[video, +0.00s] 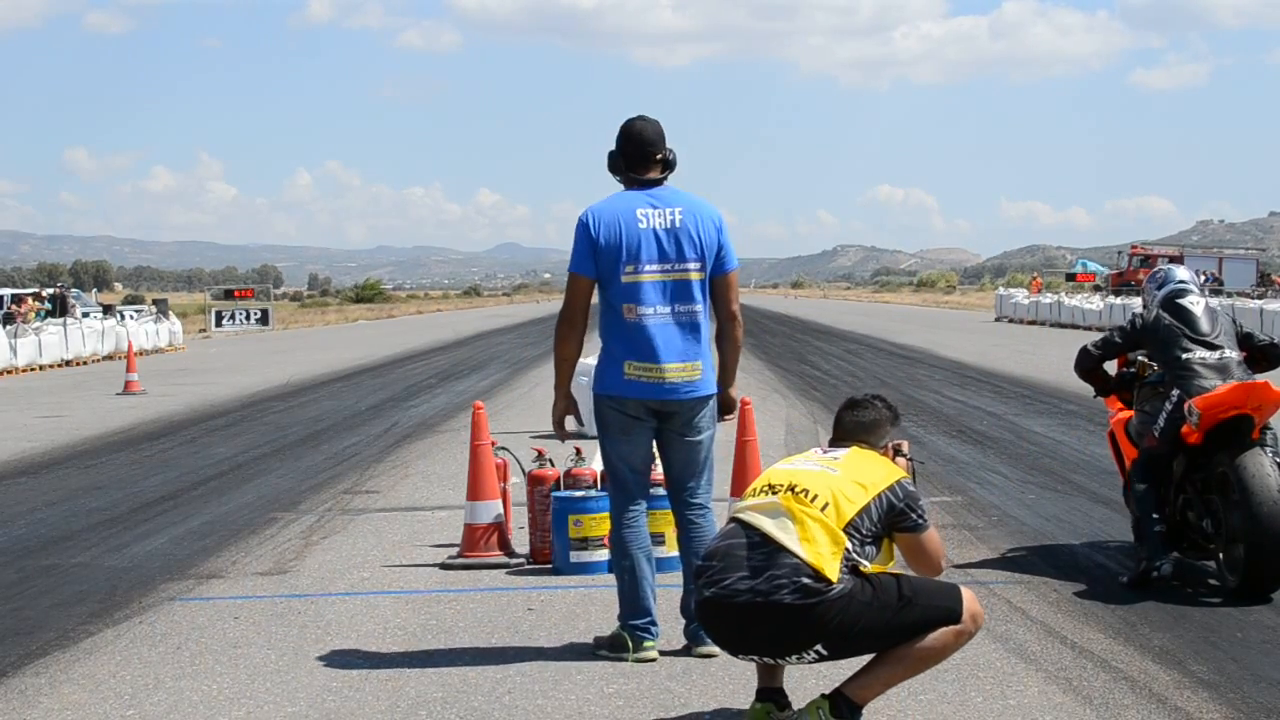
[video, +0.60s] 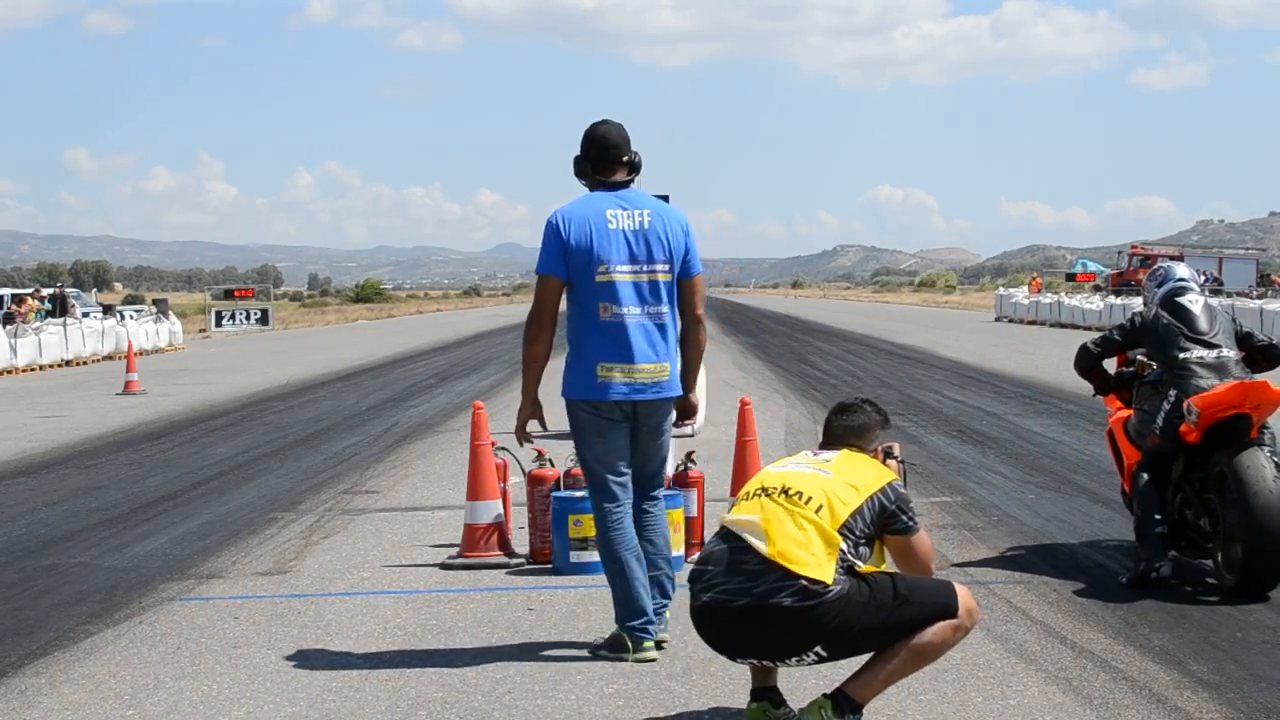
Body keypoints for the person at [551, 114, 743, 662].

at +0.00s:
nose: (617, 165)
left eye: (617, 158)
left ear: (617, 164)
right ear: (668, 162)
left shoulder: (598, 220)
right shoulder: (707, 217)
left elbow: (574, 314)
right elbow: (730, 313)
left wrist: (563, 388)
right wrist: (727, 382)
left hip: (623, 386)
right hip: (692, 384)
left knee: (629, 505)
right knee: (695, 504)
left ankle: (639, 631)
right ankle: (704, 629)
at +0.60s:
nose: (582, 170)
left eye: (581, 164)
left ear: (583, 167)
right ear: (633, 165)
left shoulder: (568, 222)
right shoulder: (674, 222)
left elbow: (543, 317)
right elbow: (694, 317)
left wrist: (530, 393)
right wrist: (689, 387)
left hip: (594, 387)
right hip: (659, 385)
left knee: (613, 503)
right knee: (651, 495)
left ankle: (639, 632)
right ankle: (656, 614)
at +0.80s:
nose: (563, 176)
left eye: (563, 169)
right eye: (565, 169)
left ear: (571, 171)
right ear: (619, 171)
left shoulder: (558, 223)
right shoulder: (661, 225)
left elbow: (537, 321)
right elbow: (681, 319)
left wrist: (522, 398)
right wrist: (672, 389)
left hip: (584, 387)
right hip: (648, 385)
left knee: (608, 503)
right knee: (605, 498)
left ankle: (639, 630)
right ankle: (573, 610)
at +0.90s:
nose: (552, 178)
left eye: (553, 170)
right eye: (552, 170)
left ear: (564, 172)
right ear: (609, 173)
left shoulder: (552, 223)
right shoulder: (650, 224)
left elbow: (532, 321)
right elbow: (672, 319)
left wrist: (519, 398)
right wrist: (665, 390)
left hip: (578, 388)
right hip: (638, 387)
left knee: (603, 504)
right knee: (586, 496)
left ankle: (638, 629)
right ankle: (551, 615)